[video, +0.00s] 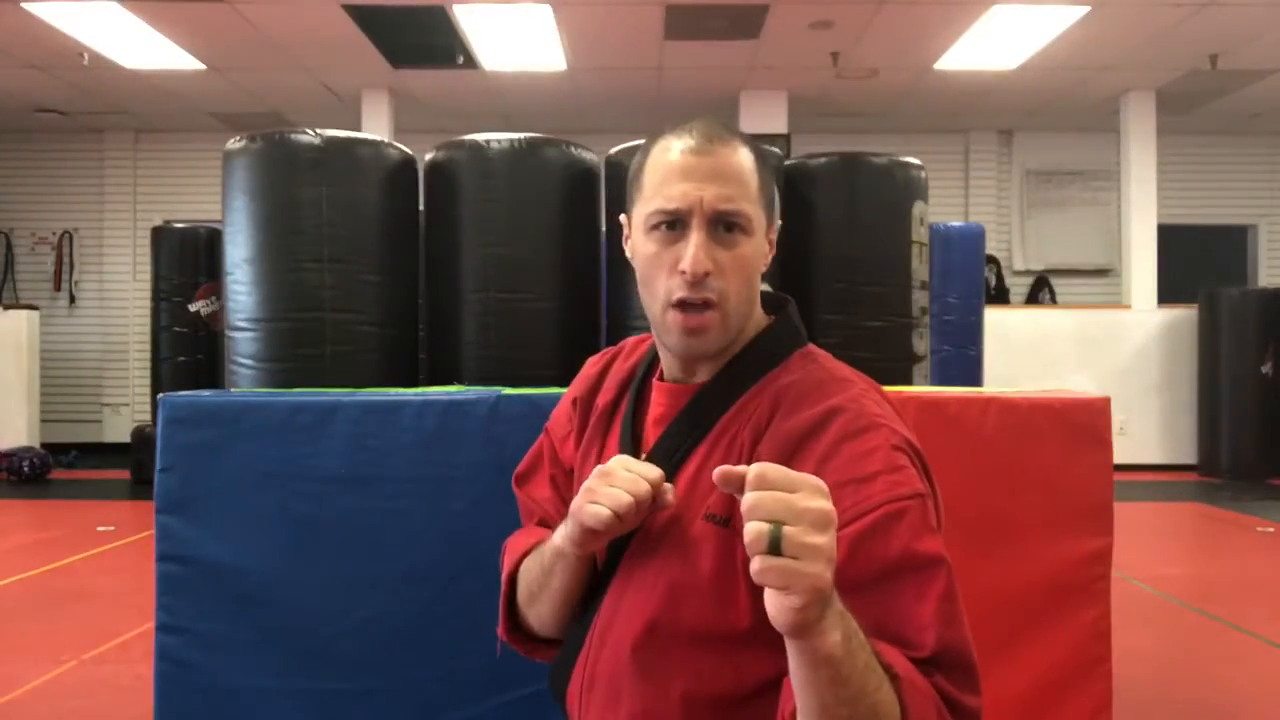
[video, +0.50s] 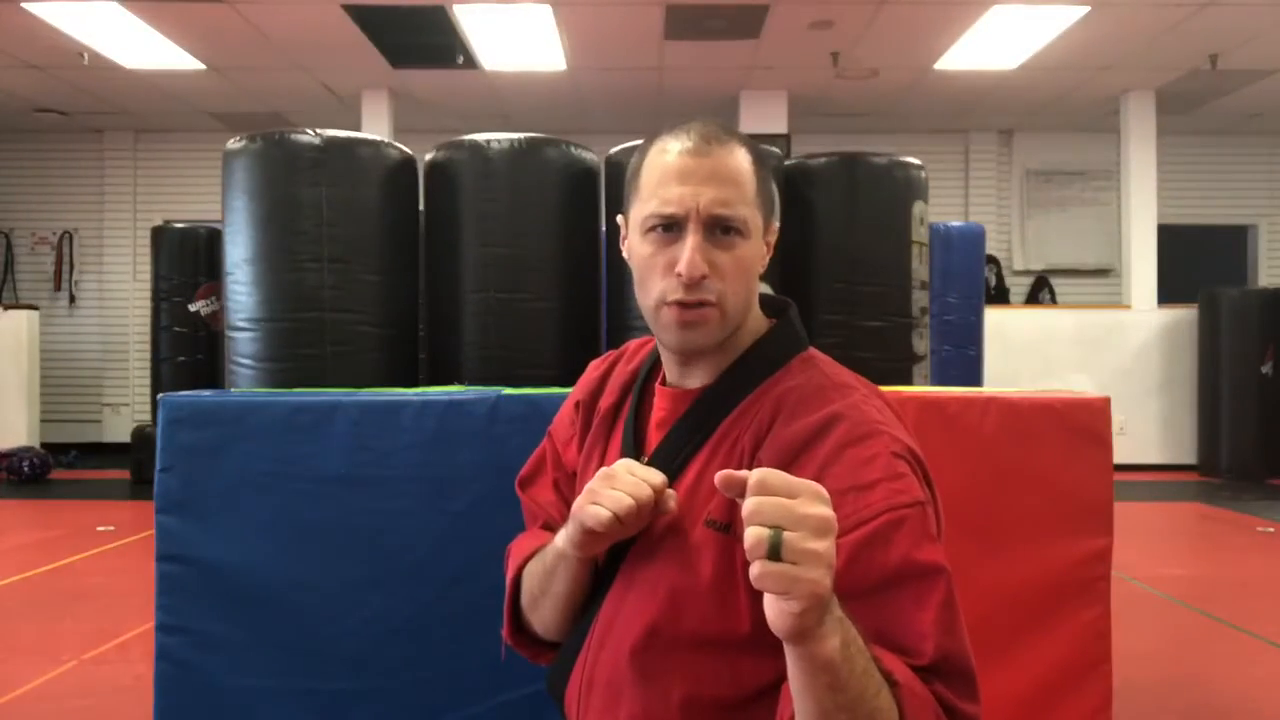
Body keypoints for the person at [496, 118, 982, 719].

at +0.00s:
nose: (695, 261)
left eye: (727, 228)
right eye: (668, 226)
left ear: (769, 245)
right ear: (628, 241)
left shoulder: (846, 431)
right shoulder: (603, 385)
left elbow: (921, 704)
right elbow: (533, 621)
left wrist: (816, 625)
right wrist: (570, 543)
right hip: (592, 704)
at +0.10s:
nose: (695, 264)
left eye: (728, 230)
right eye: (669, 228)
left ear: (770, 246)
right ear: (630, 242)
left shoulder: (847, 433)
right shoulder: (604, 384)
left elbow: (920, 704)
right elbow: (531, 619)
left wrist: (817, 626)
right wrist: (569, 541)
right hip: (591, 703)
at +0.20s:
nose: (693, 260)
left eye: (726, 228)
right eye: (668, 225)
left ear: (769, 245)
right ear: (628, 240)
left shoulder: (847, 434)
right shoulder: (605, 385)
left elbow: (920, 702)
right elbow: (536, 622)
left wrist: (817, 630)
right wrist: (571, 542)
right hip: (591, 702)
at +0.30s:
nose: (693, 261)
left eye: (725, 229)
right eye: (667, 226)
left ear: (769, 246)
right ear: (627, 239)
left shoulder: (847, 433)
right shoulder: (604, 388)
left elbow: (916, 706)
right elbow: (538, 625)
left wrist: (818, 629)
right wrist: (574, 544)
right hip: (595, 707)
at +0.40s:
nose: (692, 263)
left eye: (724, 231)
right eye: (667, 228)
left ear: (768, 245)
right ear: (626, 239)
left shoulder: (847, 435)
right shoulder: (604, 389)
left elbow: (919, 701)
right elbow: (537, 625)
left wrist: (817, 629)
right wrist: (573, 546)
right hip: (593, 703)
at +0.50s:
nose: (691, 263)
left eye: (723, 231)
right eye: (665, 228)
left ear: (767, 244)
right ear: (625, 241)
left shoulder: (846, 434)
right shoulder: (605, 388)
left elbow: (913, 706)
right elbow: (538, 625)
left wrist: (816, 630)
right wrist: (572, 545)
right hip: (594, 707)